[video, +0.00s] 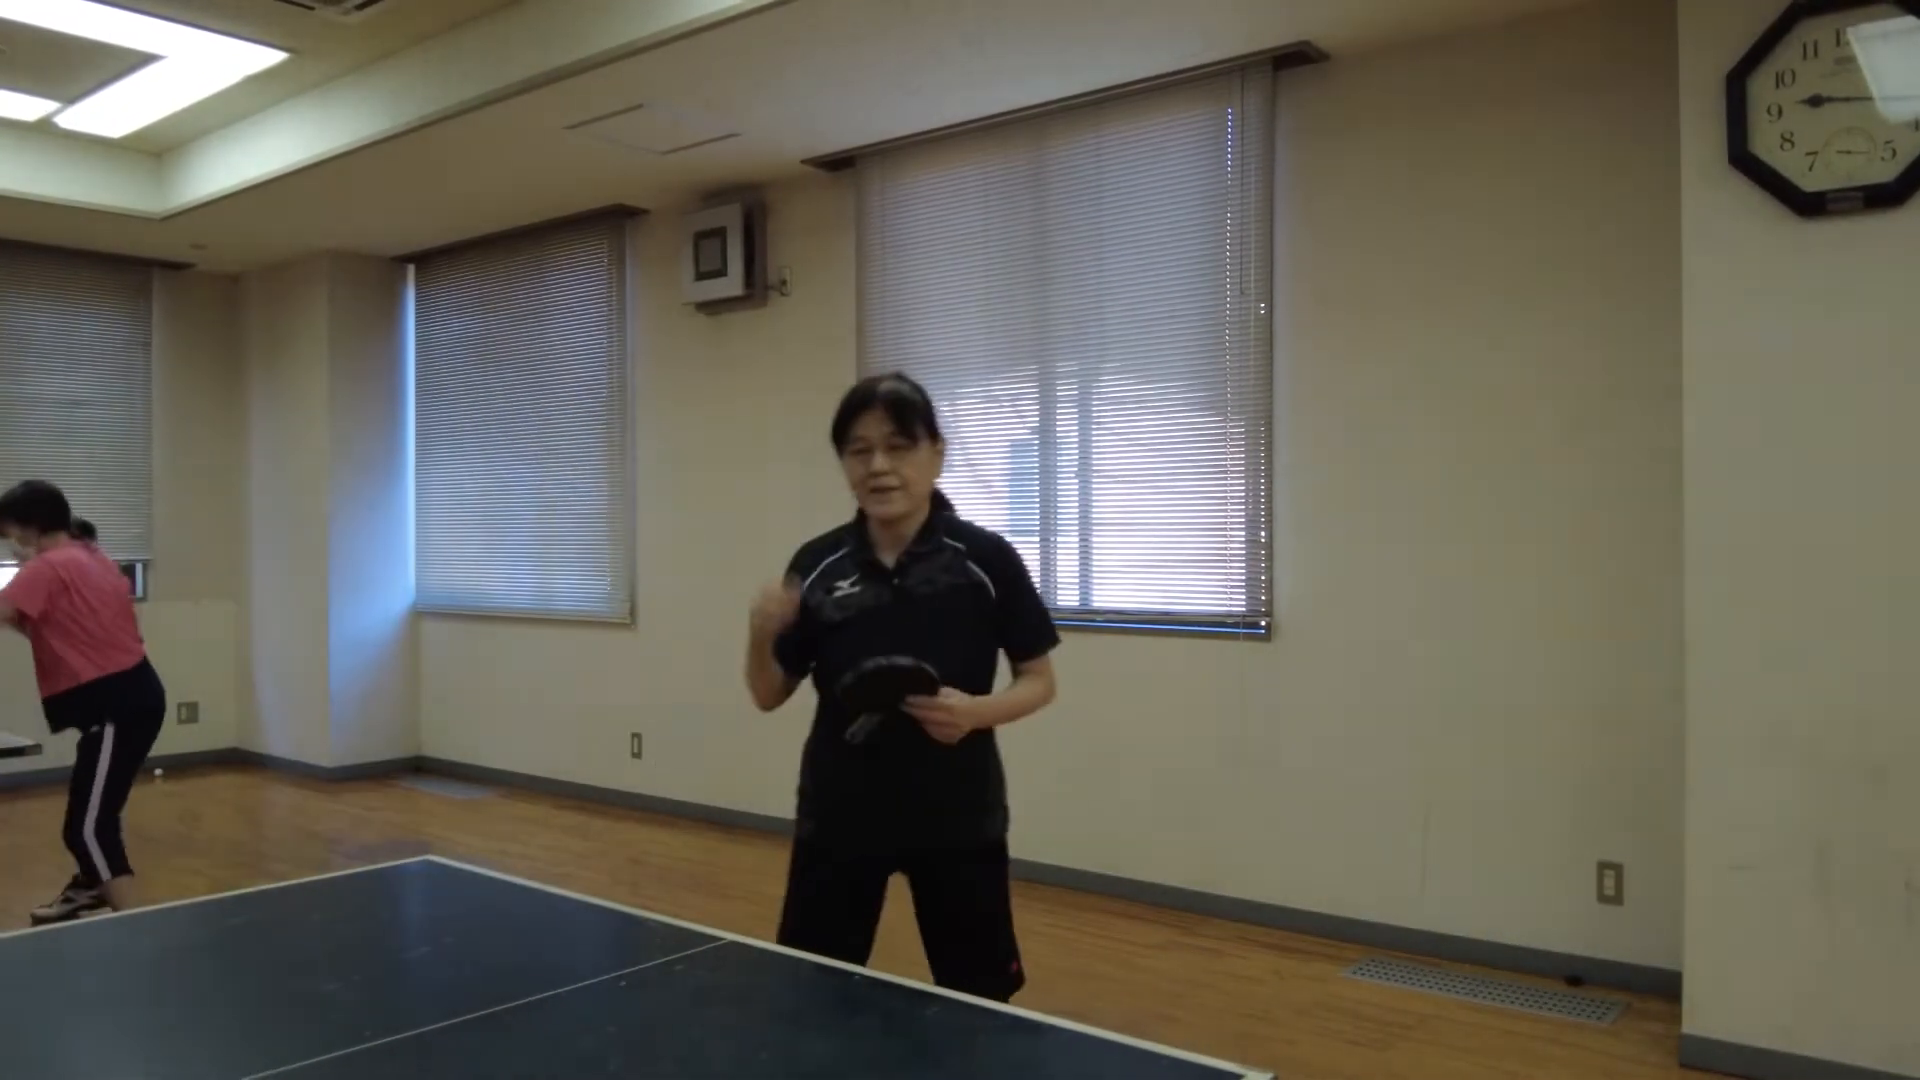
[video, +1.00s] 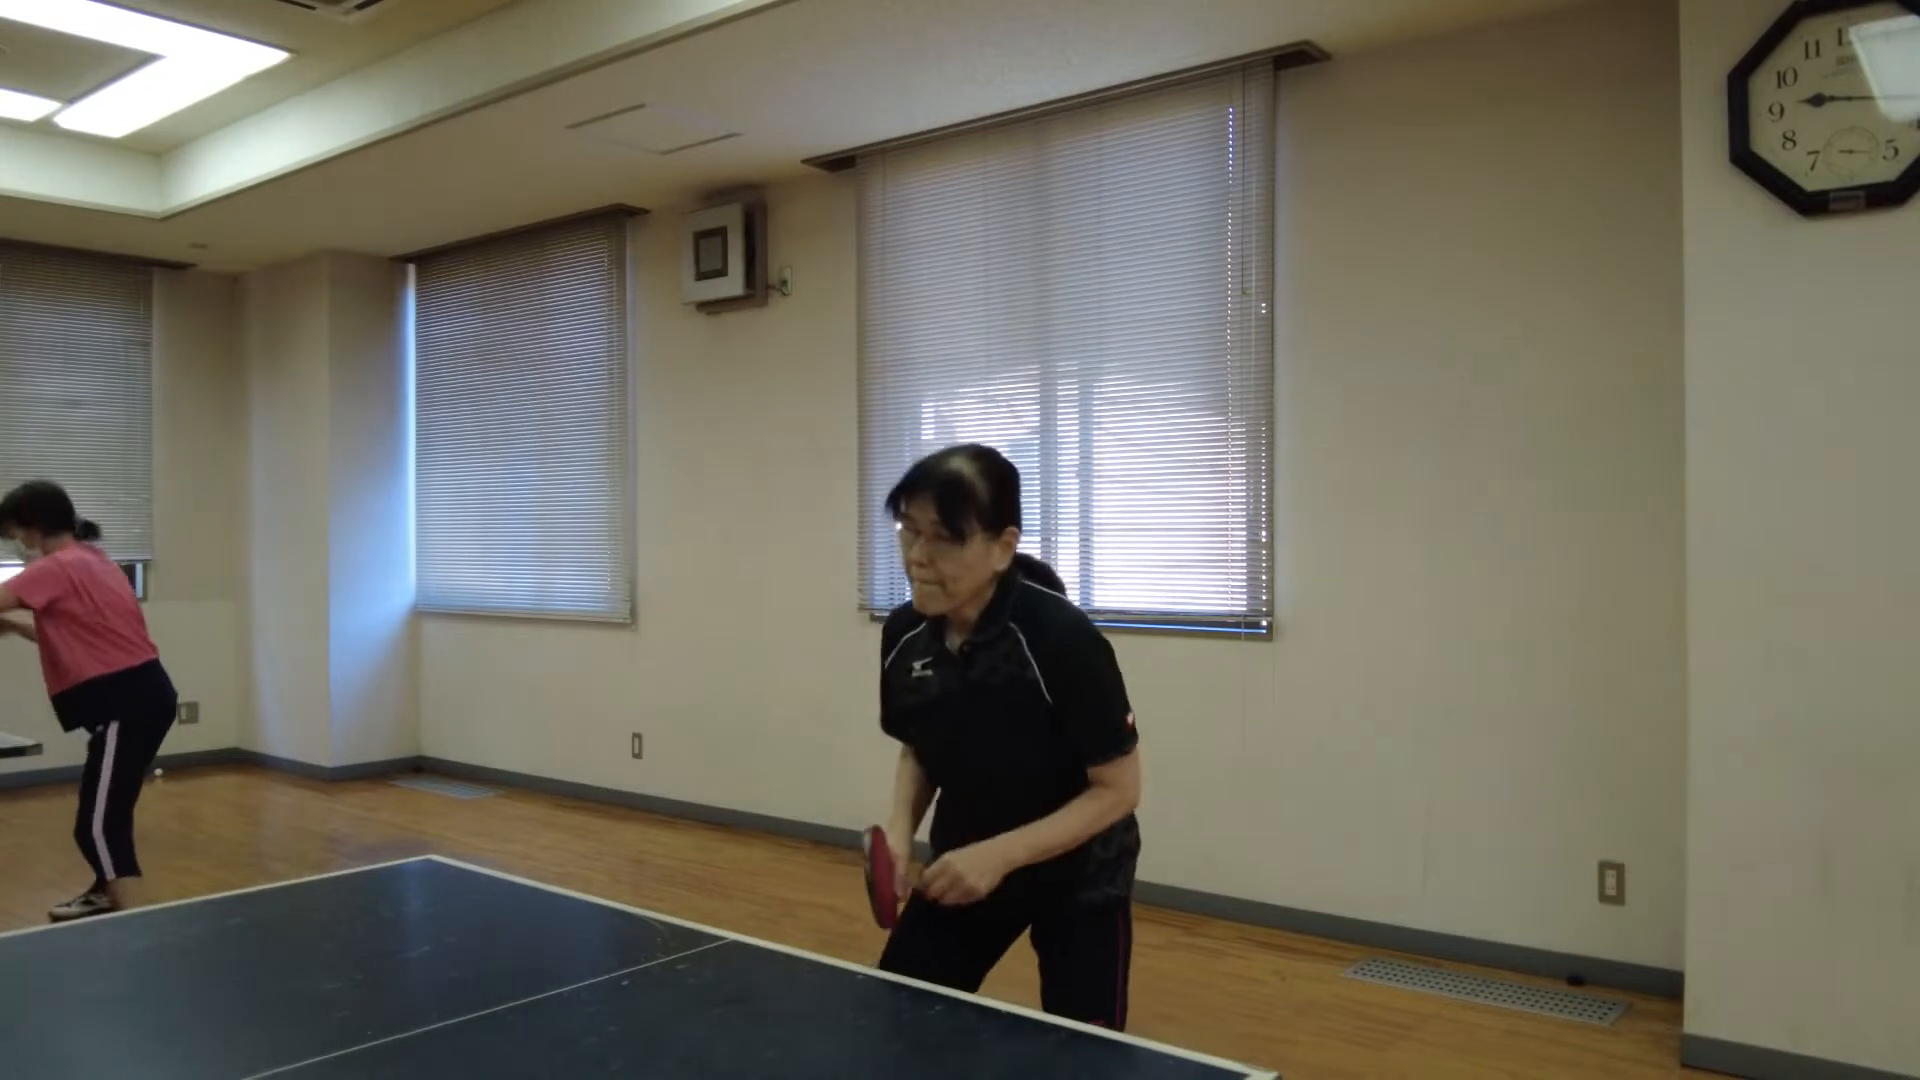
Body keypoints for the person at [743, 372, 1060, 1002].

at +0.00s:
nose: (879, 466)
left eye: (899, 447)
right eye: (860, 452)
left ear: (936, 455)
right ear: (841, 466)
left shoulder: (985, 559)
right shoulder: (818, 564)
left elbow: (1039, 680)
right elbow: (769, 695)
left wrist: (980, 711)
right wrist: (763, 633)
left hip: (955, 811)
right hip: (842, 809)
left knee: (978, 1002)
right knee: (809, 991)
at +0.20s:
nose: (885, 466)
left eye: (907, 448)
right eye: (870, 449)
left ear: (950, 456)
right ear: (853, 459)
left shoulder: (996, 562)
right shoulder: (839, 561)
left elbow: (1042, 698)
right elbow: (794, 668)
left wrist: (939, 703)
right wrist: (795, 690)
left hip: (976, 826)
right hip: (867, 822)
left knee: (996, 1021)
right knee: (844, 1004)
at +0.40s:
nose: (859, 498)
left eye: (881, 479)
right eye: (844, 481)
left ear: (930, 485)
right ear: (829, 490)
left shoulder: (980, 583)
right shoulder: (838, 592)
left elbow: (1033, 725)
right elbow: (827, 708)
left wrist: (912, 731)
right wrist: (809, 732)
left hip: (996, 841)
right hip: (893, 836)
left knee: (1031, 1036)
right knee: (840, 1012)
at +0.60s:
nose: (864, 544)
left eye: (887, 524)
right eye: (854, 525)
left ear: (945, 531)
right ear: (842, 532)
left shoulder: (1000, 623)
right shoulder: (872, 632)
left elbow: (1058, 777)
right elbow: (882, 745)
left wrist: (922, 820)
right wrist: (833, 794)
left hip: (1055, 860)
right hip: (958, 858)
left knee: (1075, 1049)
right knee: (876, 1013)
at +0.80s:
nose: (888, 561)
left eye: (912, 541)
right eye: (880, 540)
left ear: (975, 544)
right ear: (870, 539)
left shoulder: (1038, 631)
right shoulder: (900, 640)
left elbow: (1111, 782)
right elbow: (920, 754)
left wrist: (986, 860)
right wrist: (895, 847)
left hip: (1089, 855)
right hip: (981, 859)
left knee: (1101, 1048)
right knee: (914, 1021)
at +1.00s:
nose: (918, 557)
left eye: (945, 540)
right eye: (910, 534)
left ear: (1004, 547)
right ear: (898, 530)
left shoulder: (1061, 637)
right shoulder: (907, 633)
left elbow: (1121, 790)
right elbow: (922, 745)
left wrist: (999, 854)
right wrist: (899, 832)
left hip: (1079, 865)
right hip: (967, 862)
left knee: (1082, 1053)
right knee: (892, 1015)